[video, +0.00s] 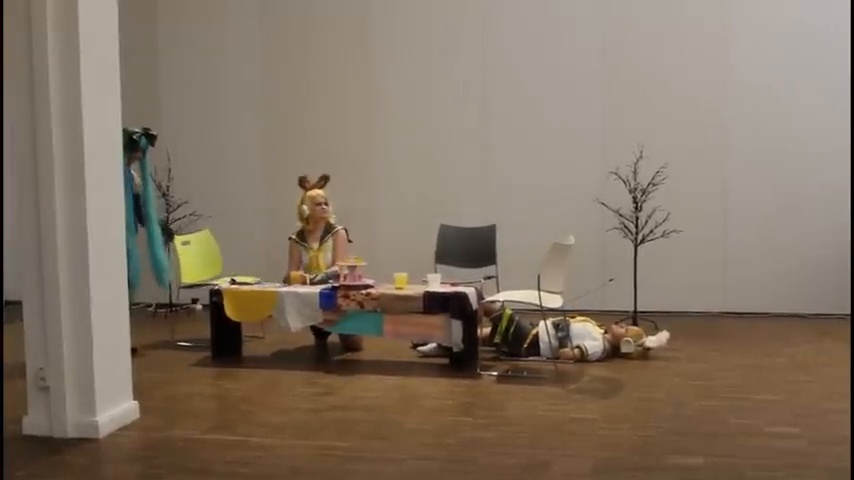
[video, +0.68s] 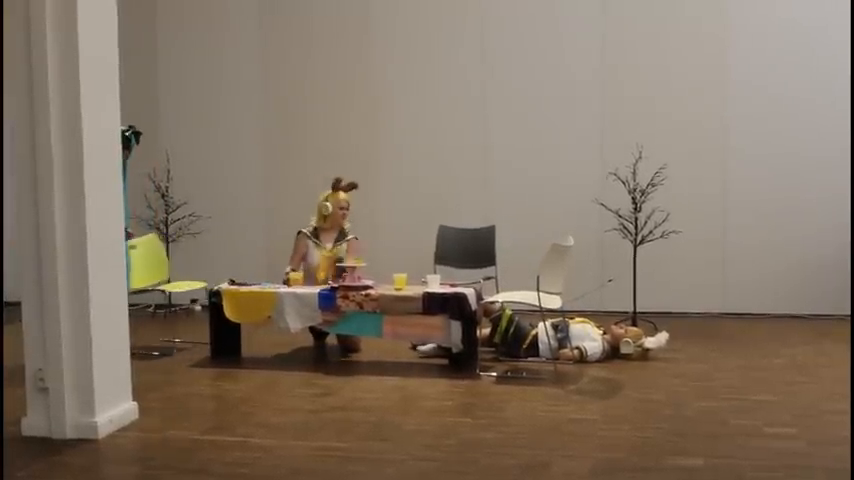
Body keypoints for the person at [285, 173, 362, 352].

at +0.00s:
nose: (324, 207)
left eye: (326, 203)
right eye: (318, 205)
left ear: (330, 207)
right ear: (307, 210)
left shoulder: (337, 232)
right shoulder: (297, 239)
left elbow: (340, 268)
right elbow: (291, 276)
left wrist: (313, 279)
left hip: (336, 290)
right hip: (309, 293)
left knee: (355, 344)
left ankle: (344, 332)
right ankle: (320, 341)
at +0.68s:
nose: (346, 214)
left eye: (347, 209)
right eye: (342, 209)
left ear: (348, 211)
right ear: (326, 210)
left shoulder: (349, 239)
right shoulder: (306, 236)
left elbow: (351, 270)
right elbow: (293, 267)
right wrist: (291, 278)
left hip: (340, 296)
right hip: (311, 296)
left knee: (353, 346)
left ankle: (344, 339)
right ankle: (319, 343)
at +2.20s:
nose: (335, 207)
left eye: (339, 203)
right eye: (330, 204)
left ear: (346, 206)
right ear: (322, 207)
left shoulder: (352, 235)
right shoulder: (310, 234)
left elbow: (359, 268)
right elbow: (301, 267)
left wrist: (351, 269)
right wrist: (330, 258)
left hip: (345, 294)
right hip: (315, 294)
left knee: (354, 344)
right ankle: (317, 337)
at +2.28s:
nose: (326, 208)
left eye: (330, 204)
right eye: (321, 205)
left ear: (339, 206)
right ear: (316, 208)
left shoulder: (352, 236)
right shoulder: (306, 236)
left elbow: (356, 271)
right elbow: (295, 269)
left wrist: (341, 271)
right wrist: (314, 264)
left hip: (344, 292)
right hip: (313, 293)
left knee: (355, 344)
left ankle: (345, 340)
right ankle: (317, 338)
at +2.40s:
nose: (318, 208)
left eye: (323, 204)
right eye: (315, 204)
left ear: (333, 205)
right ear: (310, 207)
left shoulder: (347, 234)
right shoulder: (303, 235)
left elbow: (351, 267)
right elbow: (299, 267)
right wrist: (294, 279)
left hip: (342, 290)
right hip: (313, 292)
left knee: (354, 344)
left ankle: (345, 336)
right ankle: (318, 338)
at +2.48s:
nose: (314, 210)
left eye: (319, 205)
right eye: (310, 206)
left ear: (330, 206)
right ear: (307, 208)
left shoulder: (343, 233)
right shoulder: (302, 236)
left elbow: (350, 267)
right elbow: (298, 270)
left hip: (339, 288)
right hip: (311, 291)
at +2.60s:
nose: (309, 214)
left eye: (314, 209)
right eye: (306, 210)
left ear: (325, 210)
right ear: (302, 212)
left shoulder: (339, 236)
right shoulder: (300, 239)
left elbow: (344, 271)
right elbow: (293, 272)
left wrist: (323, 276)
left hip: (337, 292)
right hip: (310, 294)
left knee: (354, 344)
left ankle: (346, 335)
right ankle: (319, 341)